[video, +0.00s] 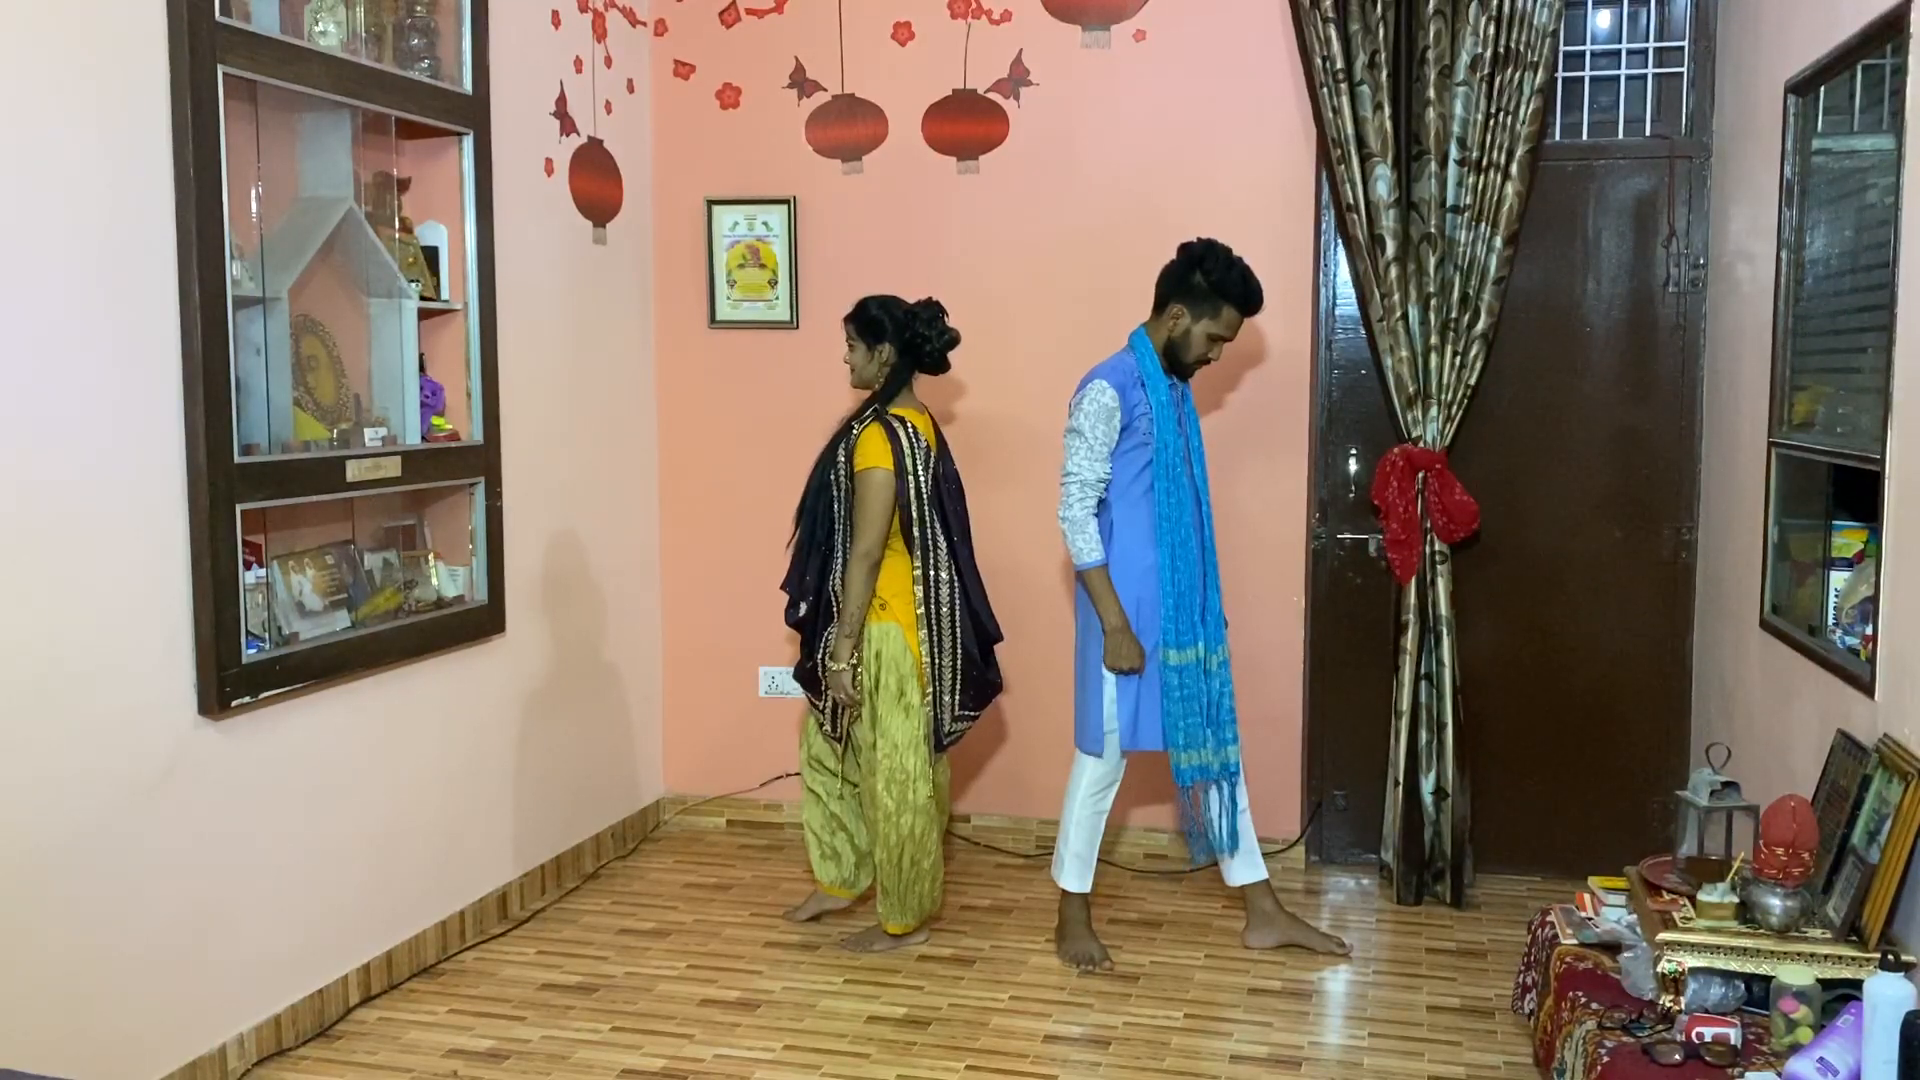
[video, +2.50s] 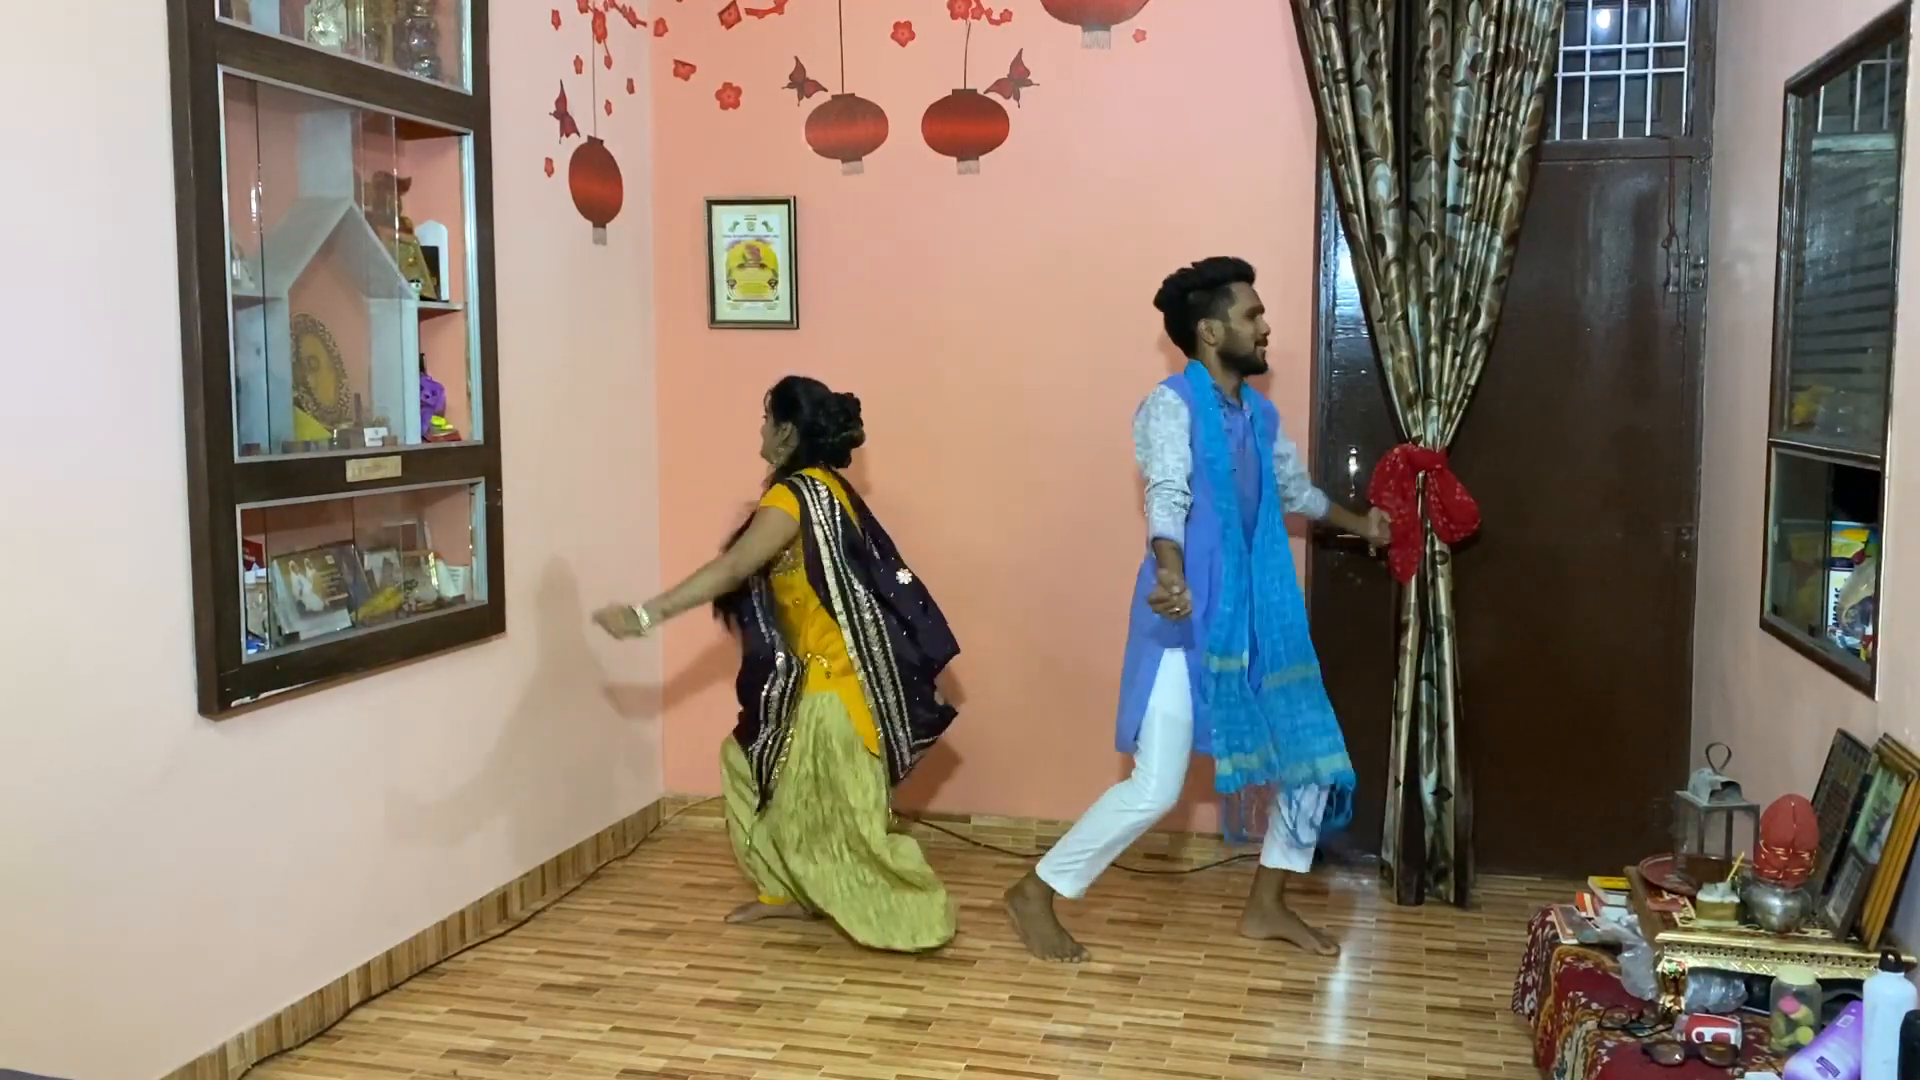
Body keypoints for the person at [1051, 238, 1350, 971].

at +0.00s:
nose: (1219, 353)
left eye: (1227, 340)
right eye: (1215, 336)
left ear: (1194, 320)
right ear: (1173, 312)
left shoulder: (1172, 391)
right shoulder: (1106, 392)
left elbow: (1173, 516)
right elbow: (1076, 515)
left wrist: (1200, 608)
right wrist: (1114, 622)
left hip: (1184, 604)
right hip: (1123, 605)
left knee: (1211, 745)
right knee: (1103, 754)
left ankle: (1263, 908)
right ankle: (1072, 913)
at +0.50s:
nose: (1219, 352)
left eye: (1227, 339)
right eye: (1215, 336)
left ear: (1195, 320)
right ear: (1174, 311)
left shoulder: (1172, 391)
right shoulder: (1106, 392)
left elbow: (1170, 515)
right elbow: (1077, 514)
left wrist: (1195, 606)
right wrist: (1116, 623)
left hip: (1184, 603)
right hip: (1123, 604)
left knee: (1214, 743)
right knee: (1103, 753)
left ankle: (1263, 908)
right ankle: (1072, 914)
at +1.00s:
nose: (1220, 351)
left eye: (1228, 338)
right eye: (1217, 334)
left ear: (1193, 318)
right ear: (1175, 311)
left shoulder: (1171, 391)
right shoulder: (1108, 392)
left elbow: (1170, 516)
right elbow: (1083, 518)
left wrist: (1197, 606)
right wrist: (1124, 621)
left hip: (1185, 601)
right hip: (1123, 603)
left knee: (1218, 741)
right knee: (1106, 754)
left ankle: (1263, 909)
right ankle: (1072, 915)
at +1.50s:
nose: (1205, 255)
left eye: (1198, 246)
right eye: (1190, 248)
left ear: (1175, 270)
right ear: (1155, 269)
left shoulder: (1201, 321)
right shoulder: (1158, 326)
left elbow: (1234, 225)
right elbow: (1177, 230)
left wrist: (1288, 157)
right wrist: (1255, 129)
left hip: (1230, 540)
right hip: (1170, 539)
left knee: (1253, 700)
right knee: (1131, 707)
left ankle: (1278, 880)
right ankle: (1075, 885)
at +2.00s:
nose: (1218, 296)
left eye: (1209, 286)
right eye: (1201, 290)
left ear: (1176, 318)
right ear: (1167, 318)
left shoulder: (1211, 397)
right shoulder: (1172, 406)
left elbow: (1235, 514)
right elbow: (1201, 520)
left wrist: (1310, 492)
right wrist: (1278, 578)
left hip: (1244, 590)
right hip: (1192, 595)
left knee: (1298, 741)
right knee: (1160, 768)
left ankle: (1268, 905)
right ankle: (1064, 905)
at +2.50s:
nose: (1266, 325)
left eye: (1262, 313)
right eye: (1252, 315)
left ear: (1228, 328)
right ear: (1208, 332)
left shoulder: (1260, 414)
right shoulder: (1170, 407)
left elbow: (1295, 491)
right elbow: (1166, 496)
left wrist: (1361, 521)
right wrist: (1170, 572)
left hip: (1259, 619)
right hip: (1186, 615)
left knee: (1313, 757)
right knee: (1158, 787)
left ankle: (1268, 902)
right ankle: (1038, 892)